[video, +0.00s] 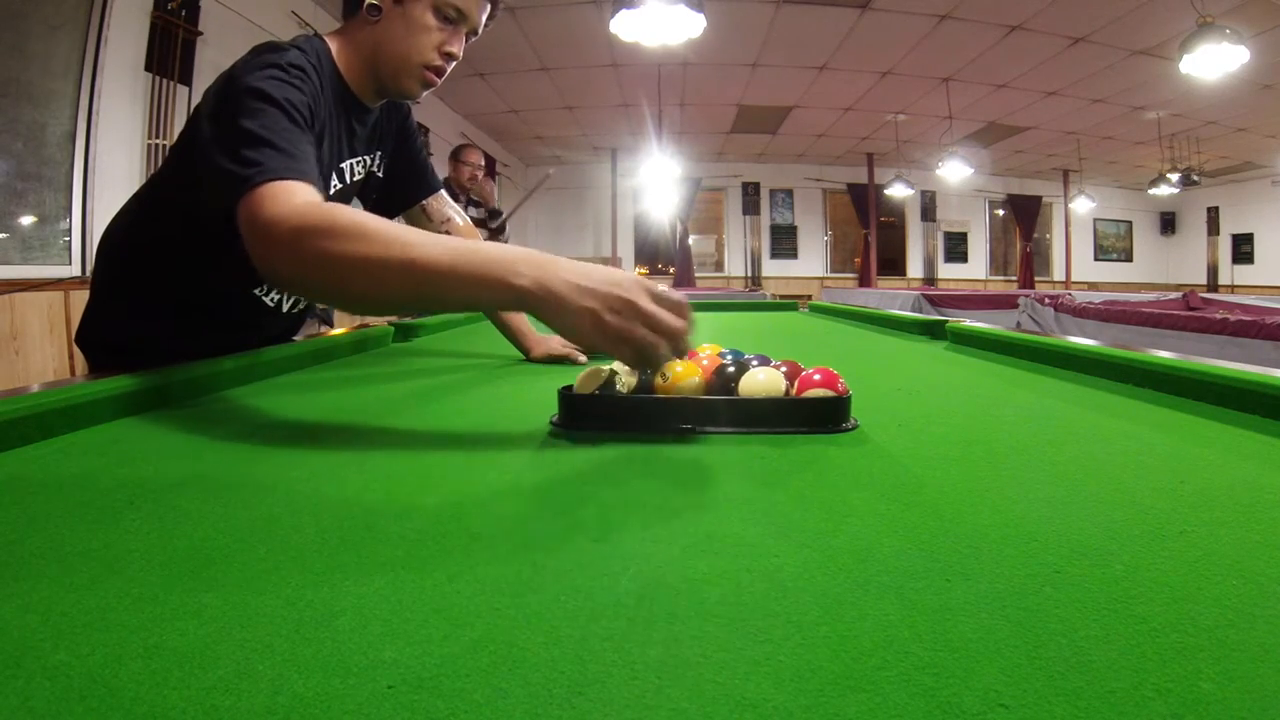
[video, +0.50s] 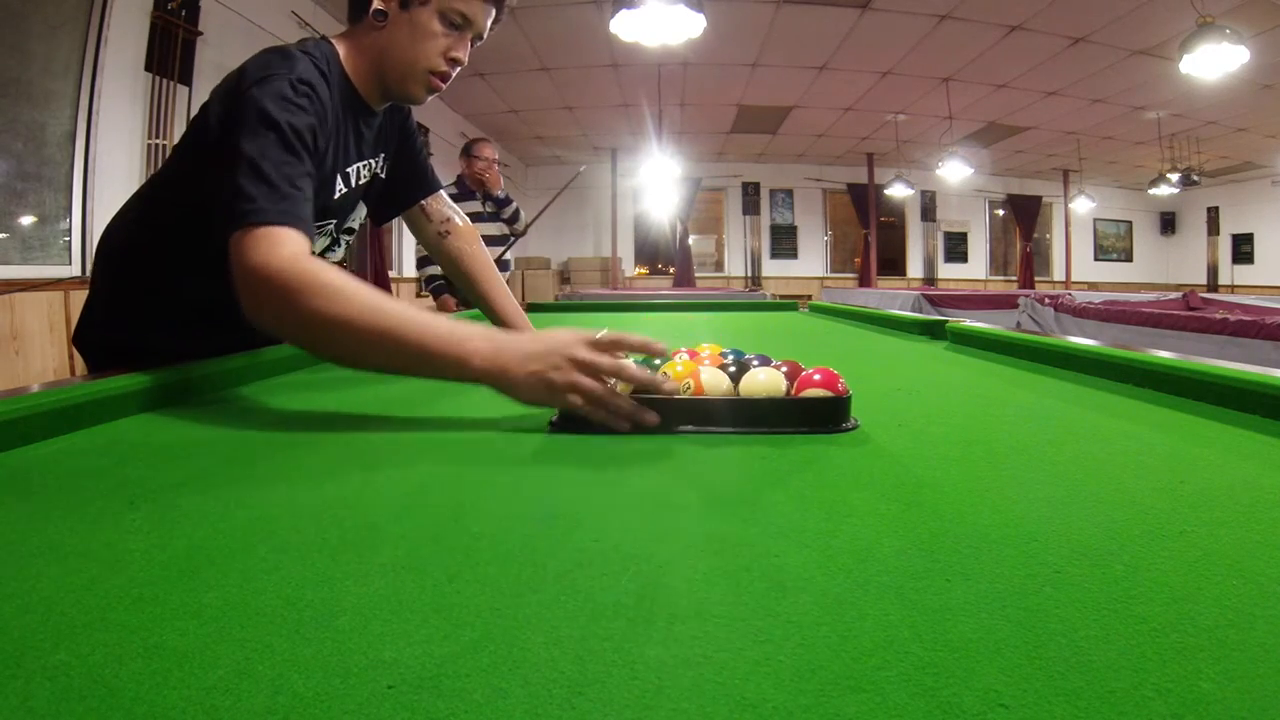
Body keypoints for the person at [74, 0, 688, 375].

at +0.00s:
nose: (458, 51)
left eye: (469, 38)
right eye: (446, 21)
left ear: (461, 47)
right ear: (379, 4)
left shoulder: (391, 117)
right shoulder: (276, 82)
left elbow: (448, 229)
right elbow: (284, 238)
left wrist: (526, 332)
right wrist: (537, 276)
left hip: (257, 332)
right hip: (150, 332)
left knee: (247, 517)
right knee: (143, 523)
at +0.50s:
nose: (462, 58)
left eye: (473, 42)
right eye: (453, 26)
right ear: (387, 7)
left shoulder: (392, 121)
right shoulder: (283, 86)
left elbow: (447, 230)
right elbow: (272, 277)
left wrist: (525, 338)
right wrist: (498, 357)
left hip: (252, 336)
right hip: (146, 340)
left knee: (240, 523)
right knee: (139, 538)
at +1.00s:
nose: (445, 46)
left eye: (458, 32)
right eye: (432, 17)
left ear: (457, 40)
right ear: (363, 3)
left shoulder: (386, 117)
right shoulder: (269, 92)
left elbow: (443, 229)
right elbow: (296, 276)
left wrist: (530, 341)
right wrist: (505, 381)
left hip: (253, 329)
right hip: (151, 335)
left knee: (249, 511)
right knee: (149, 525)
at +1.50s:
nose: (447, 44)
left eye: (458, 30)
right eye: (430, 15)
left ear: (463, 40)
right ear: (363, 7)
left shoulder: (391, 120)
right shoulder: (269, 97)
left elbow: (448, 230)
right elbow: (285, 287)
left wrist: (526, 339)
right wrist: (476, 374)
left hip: (264, 338)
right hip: (157, 343)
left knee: (241, 524)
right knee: (141, 535)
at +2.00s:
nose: (447, 48)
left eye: (458, 35)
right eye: (433, 20)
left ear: (459, 45)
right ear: (367, 6)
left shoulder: (390, 122)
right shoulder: (271, 94)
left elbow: (446, 231)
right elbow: (293, 272)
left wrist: (528, 339)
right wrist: (474, 383)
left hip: (265, 336)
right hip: (157, 341)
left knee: (246, 523)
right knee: (143, 533)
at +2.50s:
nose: (400, 60)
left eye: (405, 43)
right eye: (409, 41)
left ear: (327, 10)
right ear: (400, 34)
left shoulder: (328, 96)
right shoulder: (295, 55)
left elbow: (372, 232)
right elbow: (315, 227)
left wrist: (465, 340)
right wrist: (473, 381)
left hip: (235, 346)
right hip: (149, 352)